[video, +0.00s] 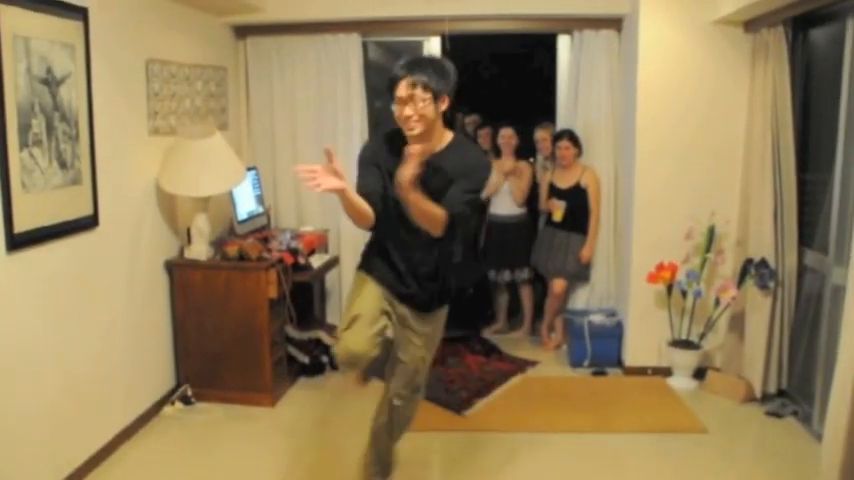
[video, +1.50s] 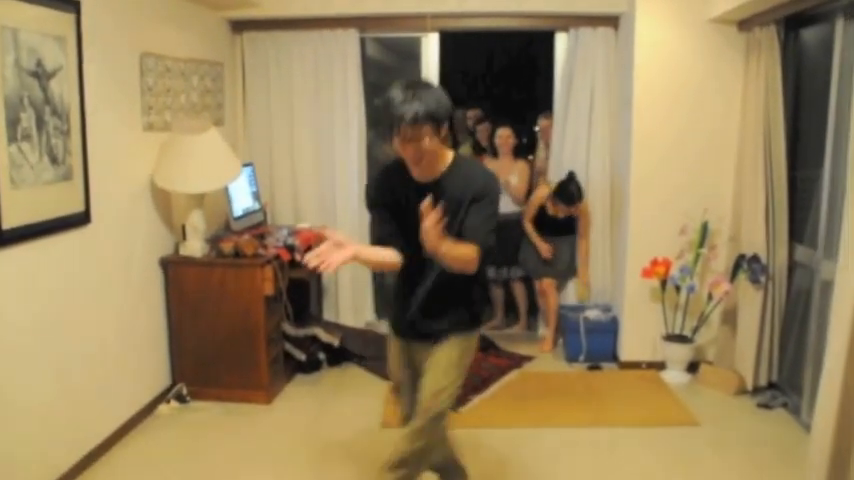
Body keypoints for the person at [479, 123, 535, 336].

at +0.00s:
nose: (506, 141)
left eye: (510, 136)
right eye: (502, 137)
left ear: (517, 140)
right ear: (497, 140)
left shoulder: (524, 167)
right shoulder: (492, 165)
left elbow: (520, 198)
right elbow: (484, 194)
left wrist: (511, 177)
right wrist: (501, 176)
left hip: (517, 220)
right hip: (495, 220)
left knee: (522, 275)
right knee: (499, 276)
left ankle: (526, 324)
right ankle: (500, 320)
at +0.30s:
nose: (505, 142)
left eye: (509, 138)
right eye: (501, 138)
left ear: (516, 141)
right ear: (496, 141)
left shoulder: (523, 167)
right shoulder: (489, 165)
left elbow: (520, 199)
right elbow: (482, 194)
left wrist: (511, 176)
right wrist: (502, 176)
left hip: (516, 220)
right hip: (494, 220)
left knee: (521, 276)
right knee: (498, 276)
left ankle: (525, 324)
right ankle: (500, 320)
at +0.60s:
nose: (504, 142)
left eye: (508, 137)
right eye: (501, 138)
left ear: (515, 141)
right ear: (494, 141)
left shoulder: (523, 167)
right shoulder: (491, 167)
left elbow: (520, 194)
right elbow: (485, 195)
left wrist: (511, 167)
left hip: (519, 216)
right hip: (496, 217)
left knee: (521, 275)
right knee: (501, 274)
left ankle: (526, 324)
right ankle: (502, 323)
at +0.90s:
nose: (503, 143)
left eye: (507, 138)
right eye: (500, 139)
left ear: (516, 142)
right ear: (494, 142)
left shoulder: (523, 168)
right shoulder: (490, 168)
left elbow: (521, 195)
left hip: (516, 224)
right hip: (494, 224)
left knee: (516, 276)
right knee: (497, 276)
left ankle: (524, 321)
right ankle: (499, 317)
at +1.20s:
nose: (504, 139)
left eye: (508, 134)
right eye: (500, 134)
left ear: (515, 137)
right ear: (494, 138)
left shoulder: (521, 162)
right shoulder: (493, 161)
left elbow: (514, 187)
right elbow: (488, 184)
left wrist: (506, 163)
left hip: (517, 217)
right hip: (495, 218)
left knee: (519, 275)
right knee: (497, 275)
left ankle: (523, 321)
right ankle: (498, 318)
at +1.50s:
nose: (503, 141)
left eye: (507, 137)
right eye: (499, 137)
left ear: (515, 140)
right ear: (494, 140)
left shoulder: (521, 165)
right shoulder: (487, 164)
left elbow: (520, 197)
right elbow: (483, 192)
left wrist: (506, 182)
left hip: (514, 218)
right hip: (493, 218)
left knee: (515, 273)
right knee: (494, 273)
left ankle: (522, 320)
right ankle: (498, 316)